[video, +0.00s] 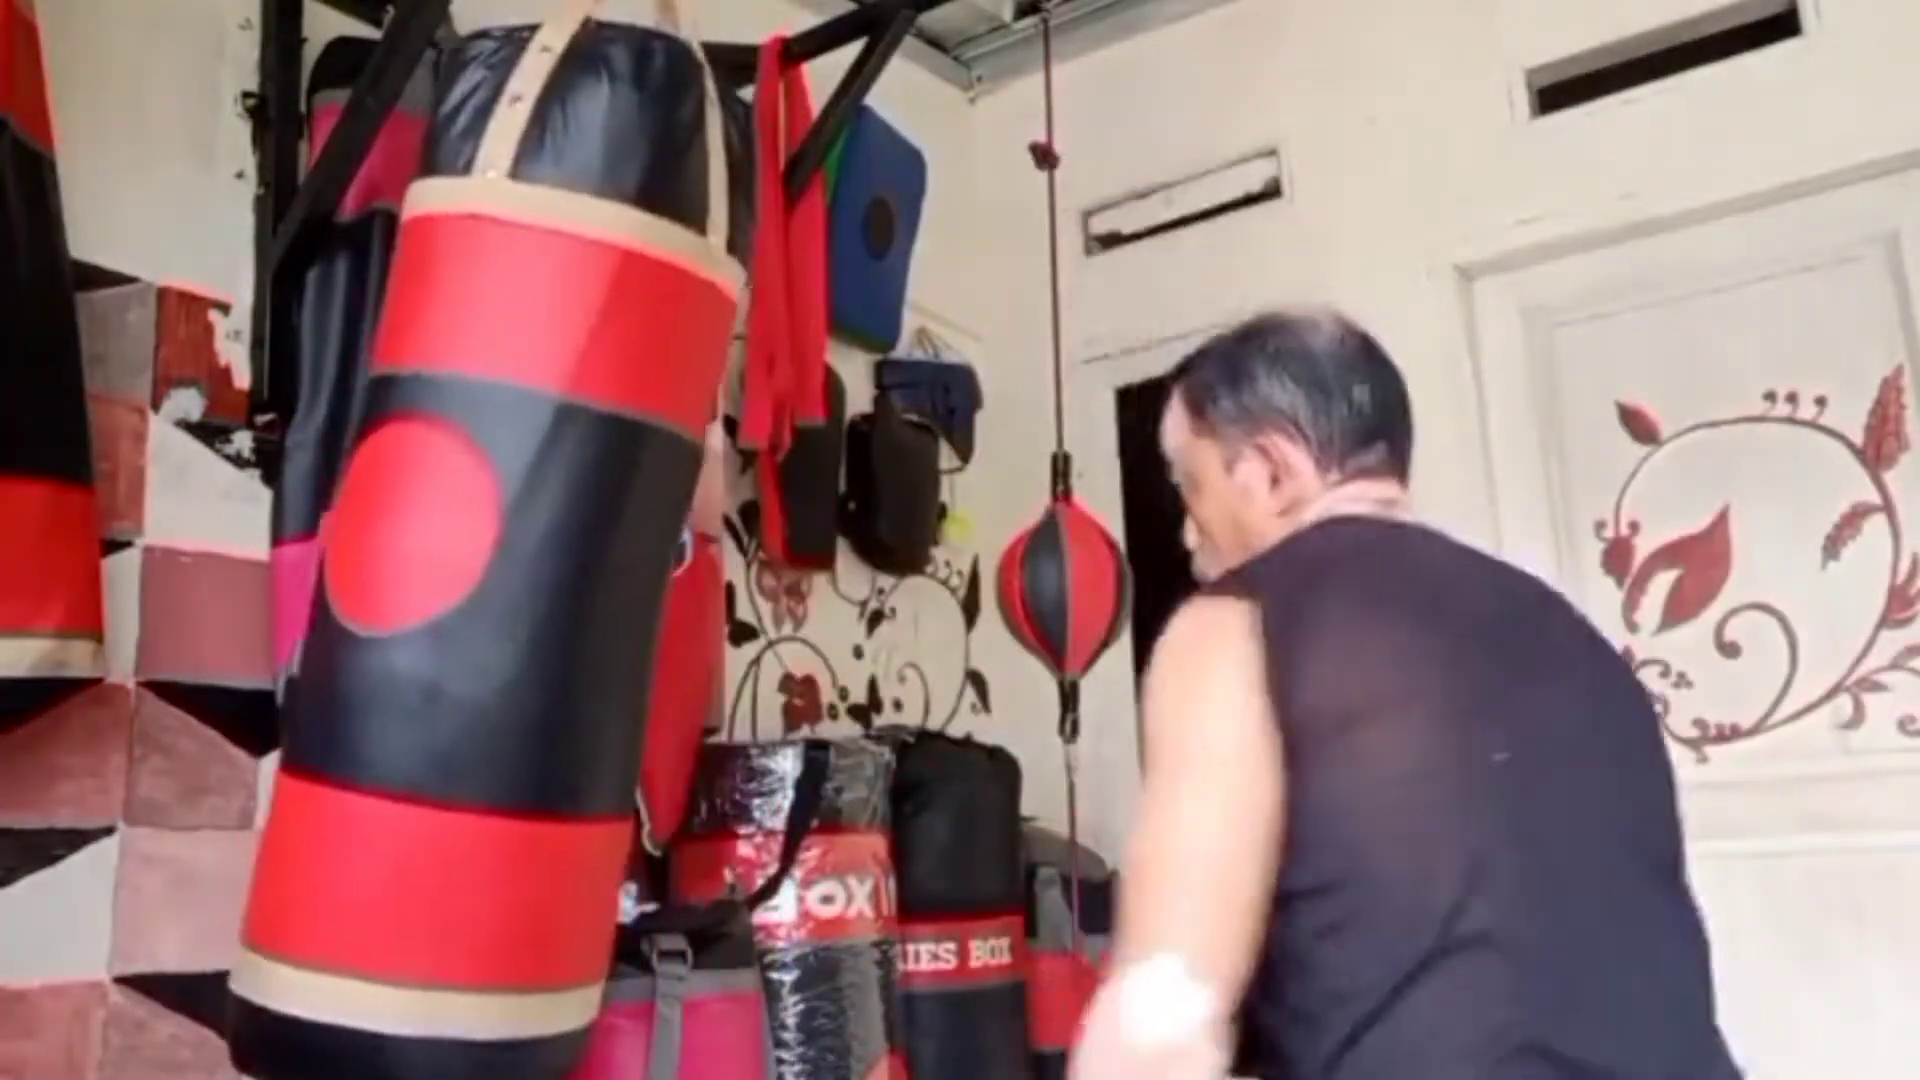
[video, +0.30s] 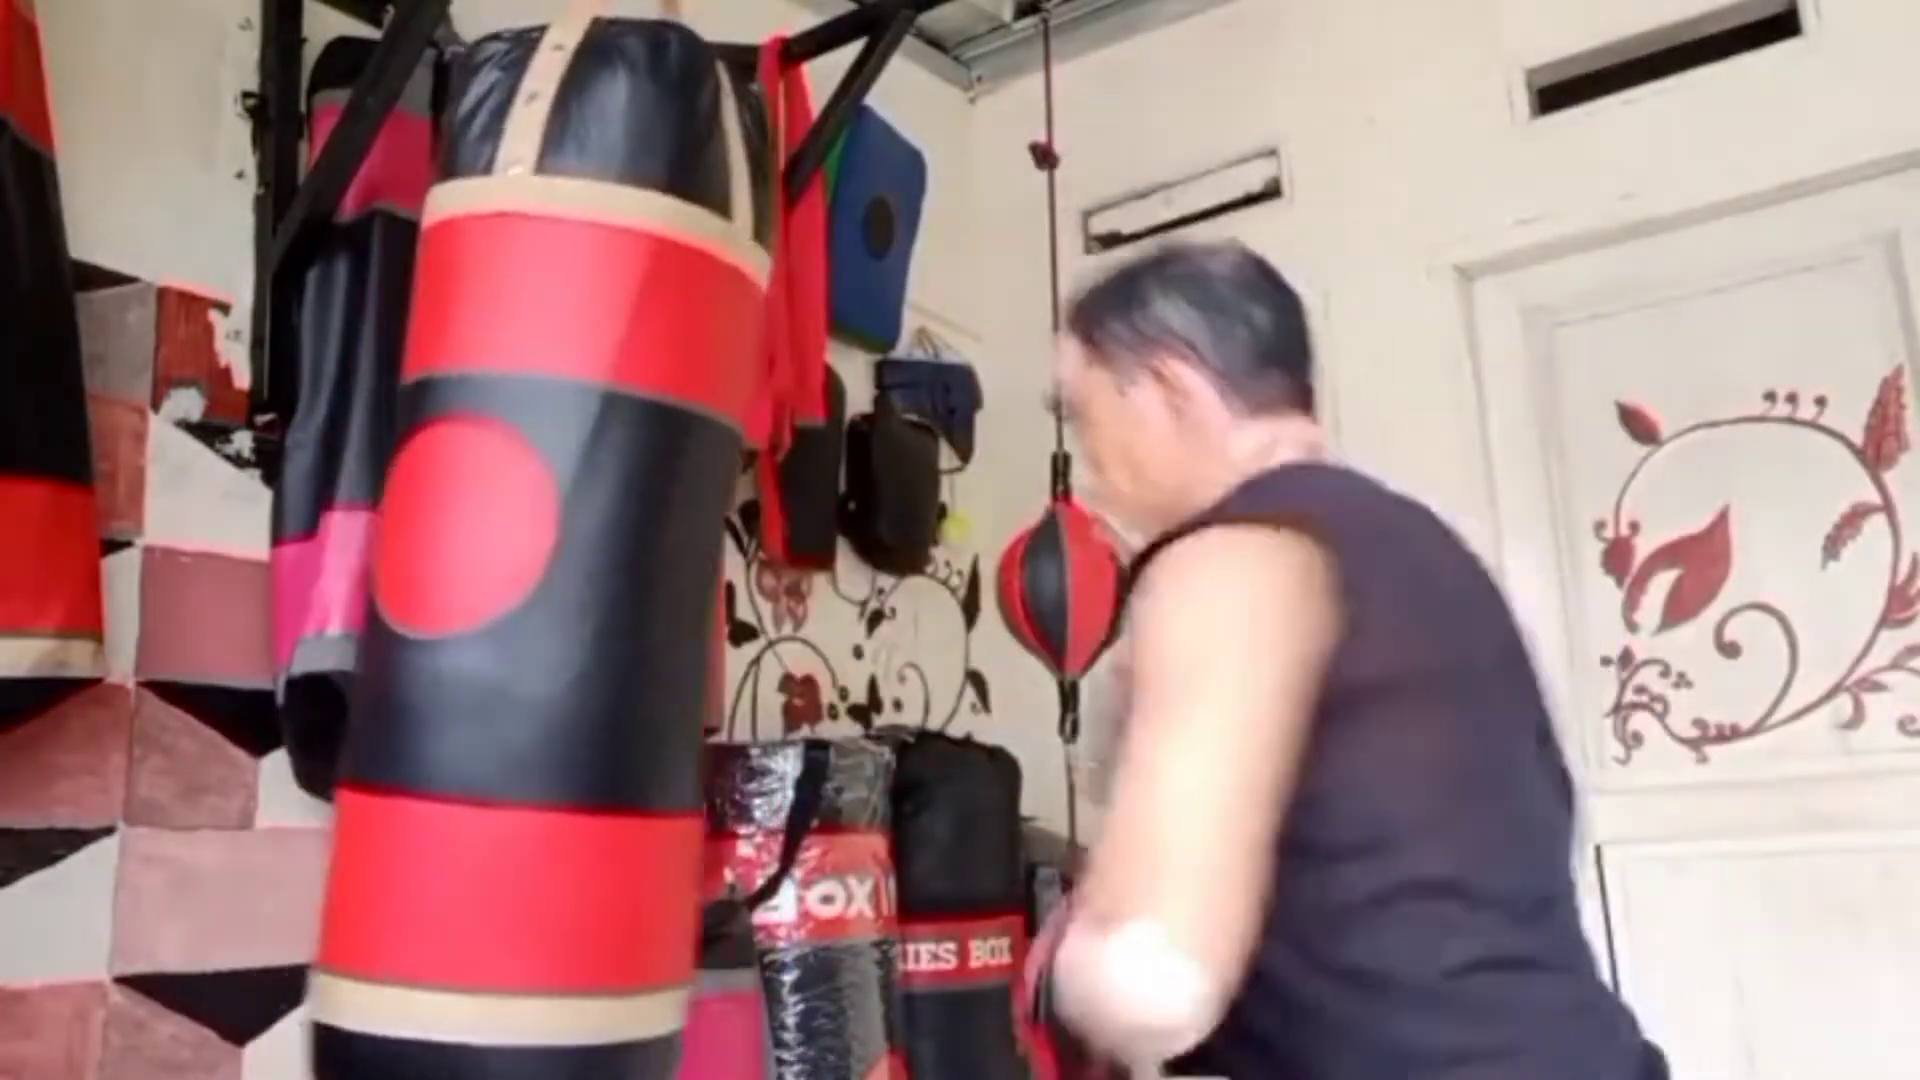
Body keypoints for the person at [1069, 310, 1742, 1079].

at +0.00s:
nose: (1189, 534)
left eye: (1190, 490)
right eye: (1182, 497)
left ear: (1274, 469)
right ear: (1387, 466)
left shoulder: (1231, 627)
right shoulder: (1567, 624)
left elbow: (1167, 1015)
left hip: (1417, 1054)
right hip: (1673, 1054)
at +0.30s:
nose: (1084, 471)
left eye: (1079, 417)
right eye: (1073, 425)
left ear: (1169, 384)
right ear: (1281, 384)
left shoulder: (1236, 561)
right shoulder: (1415, 543)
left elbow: (1156, 990)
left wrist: (1065, 957)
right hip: (1581, 1042)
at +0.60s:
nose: (1048, 455)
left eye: (1039, 403)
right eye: (1032, 410)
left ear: (1144, 373)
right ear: (1140, 379)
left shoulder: (1360, 596)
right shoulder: (1220, 564)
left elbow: (1399, 1049)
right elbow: (1038, 710)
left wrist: (1135, 873)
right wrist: (843, 739)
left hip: (1498, 1062)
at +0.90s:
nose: (1012, 489)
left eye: (1003, 437)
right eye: (996, 443)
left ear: (1102, 403)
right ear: (1120, 397)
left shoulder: (1354, 636)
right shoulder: (1225, 529)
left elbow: (1307, 1059)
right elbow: (1030, 595)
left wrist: (1083, 901)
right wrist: (804, 627)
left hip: (1507, 1064)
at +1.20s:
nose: (1020, 414)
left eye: (1011, 368)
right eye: (1003, 376)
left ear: (1079, 337)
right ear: (1225, 293)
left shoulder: (1074, 529)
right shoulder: (1423, 427)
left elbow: (761, 704)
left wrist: (686, 639)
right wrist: (880, 613)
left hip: (1421, 1064)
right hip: (1674, 1041)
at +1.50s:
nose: (1121, 412)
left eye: (1109, 372)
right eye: (1102, 380)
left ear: (1173, 320)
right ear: (1309, 298)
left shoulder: (1157, 494)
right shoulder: (1538, 428)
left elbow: (965, 835)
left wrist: (885, 677)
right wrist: (1017, 633)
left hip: (1391, 1055)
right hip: (1702, 1041)